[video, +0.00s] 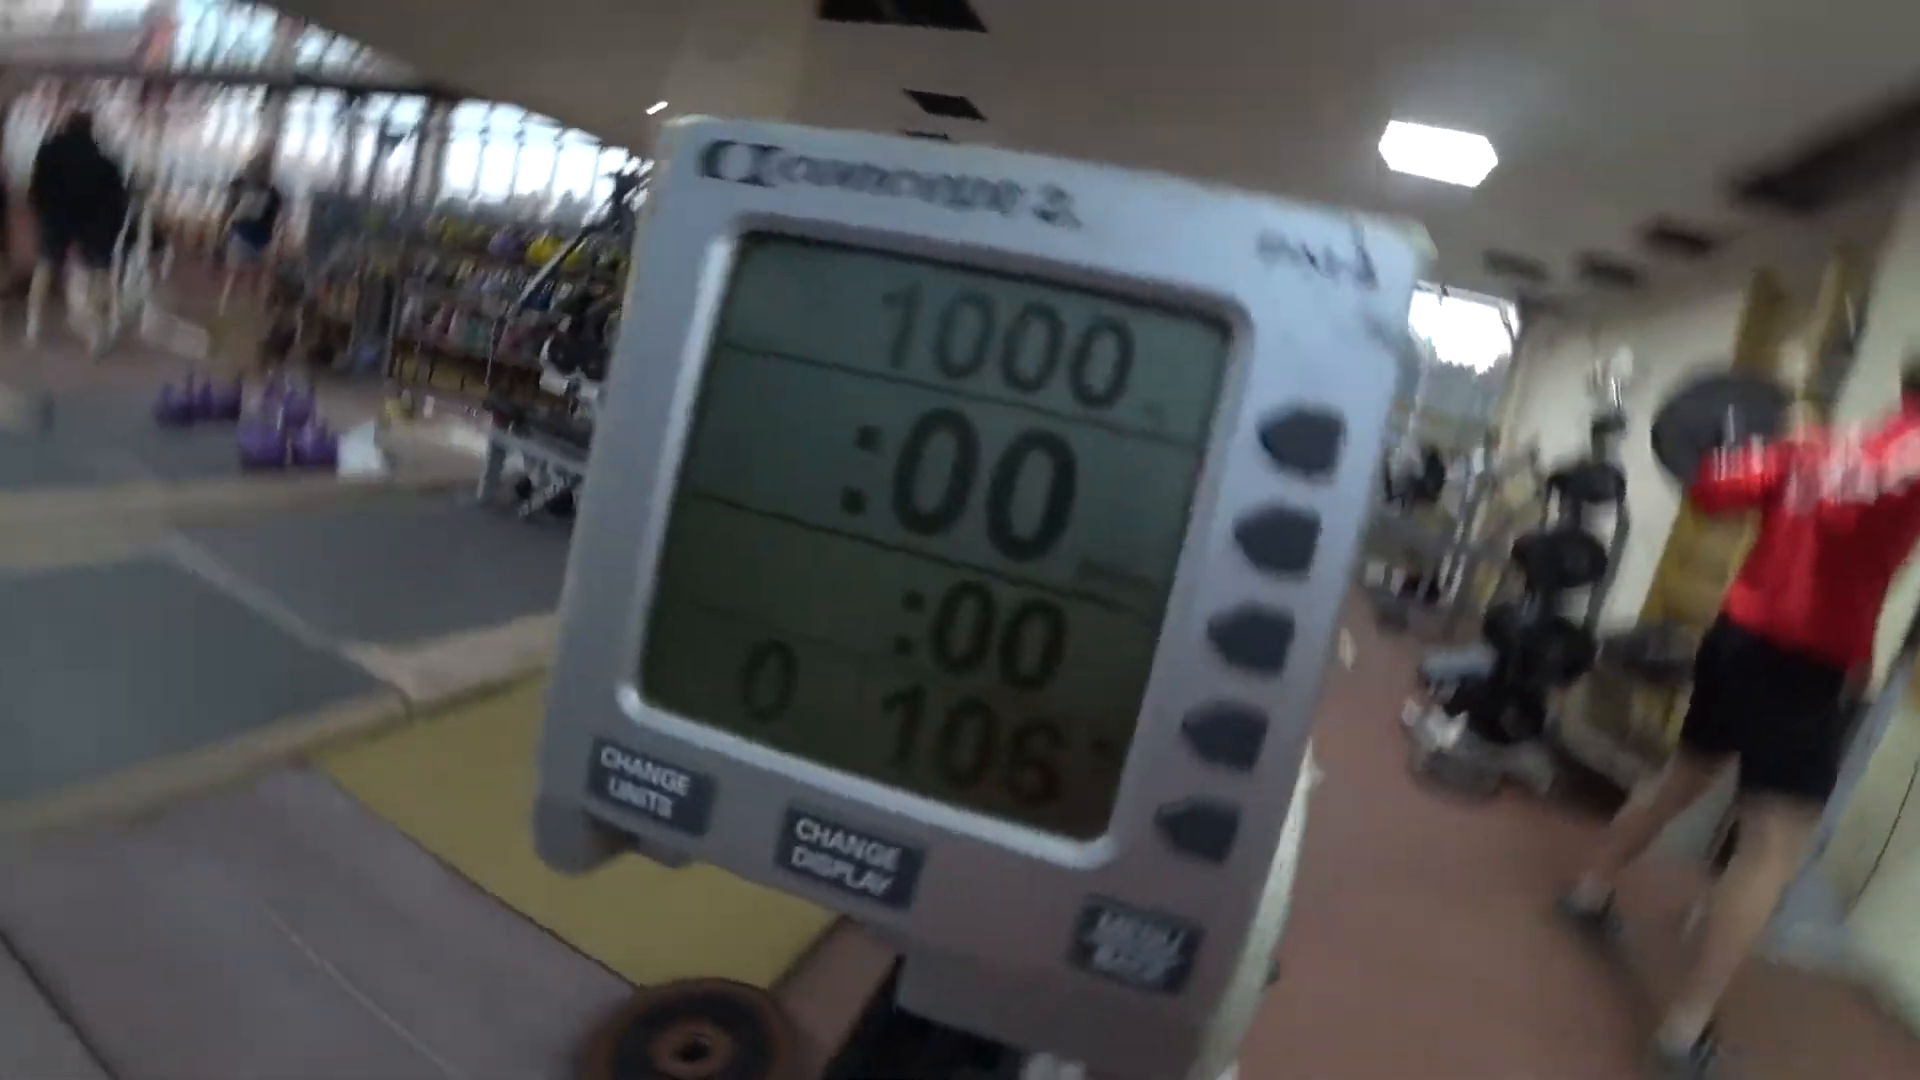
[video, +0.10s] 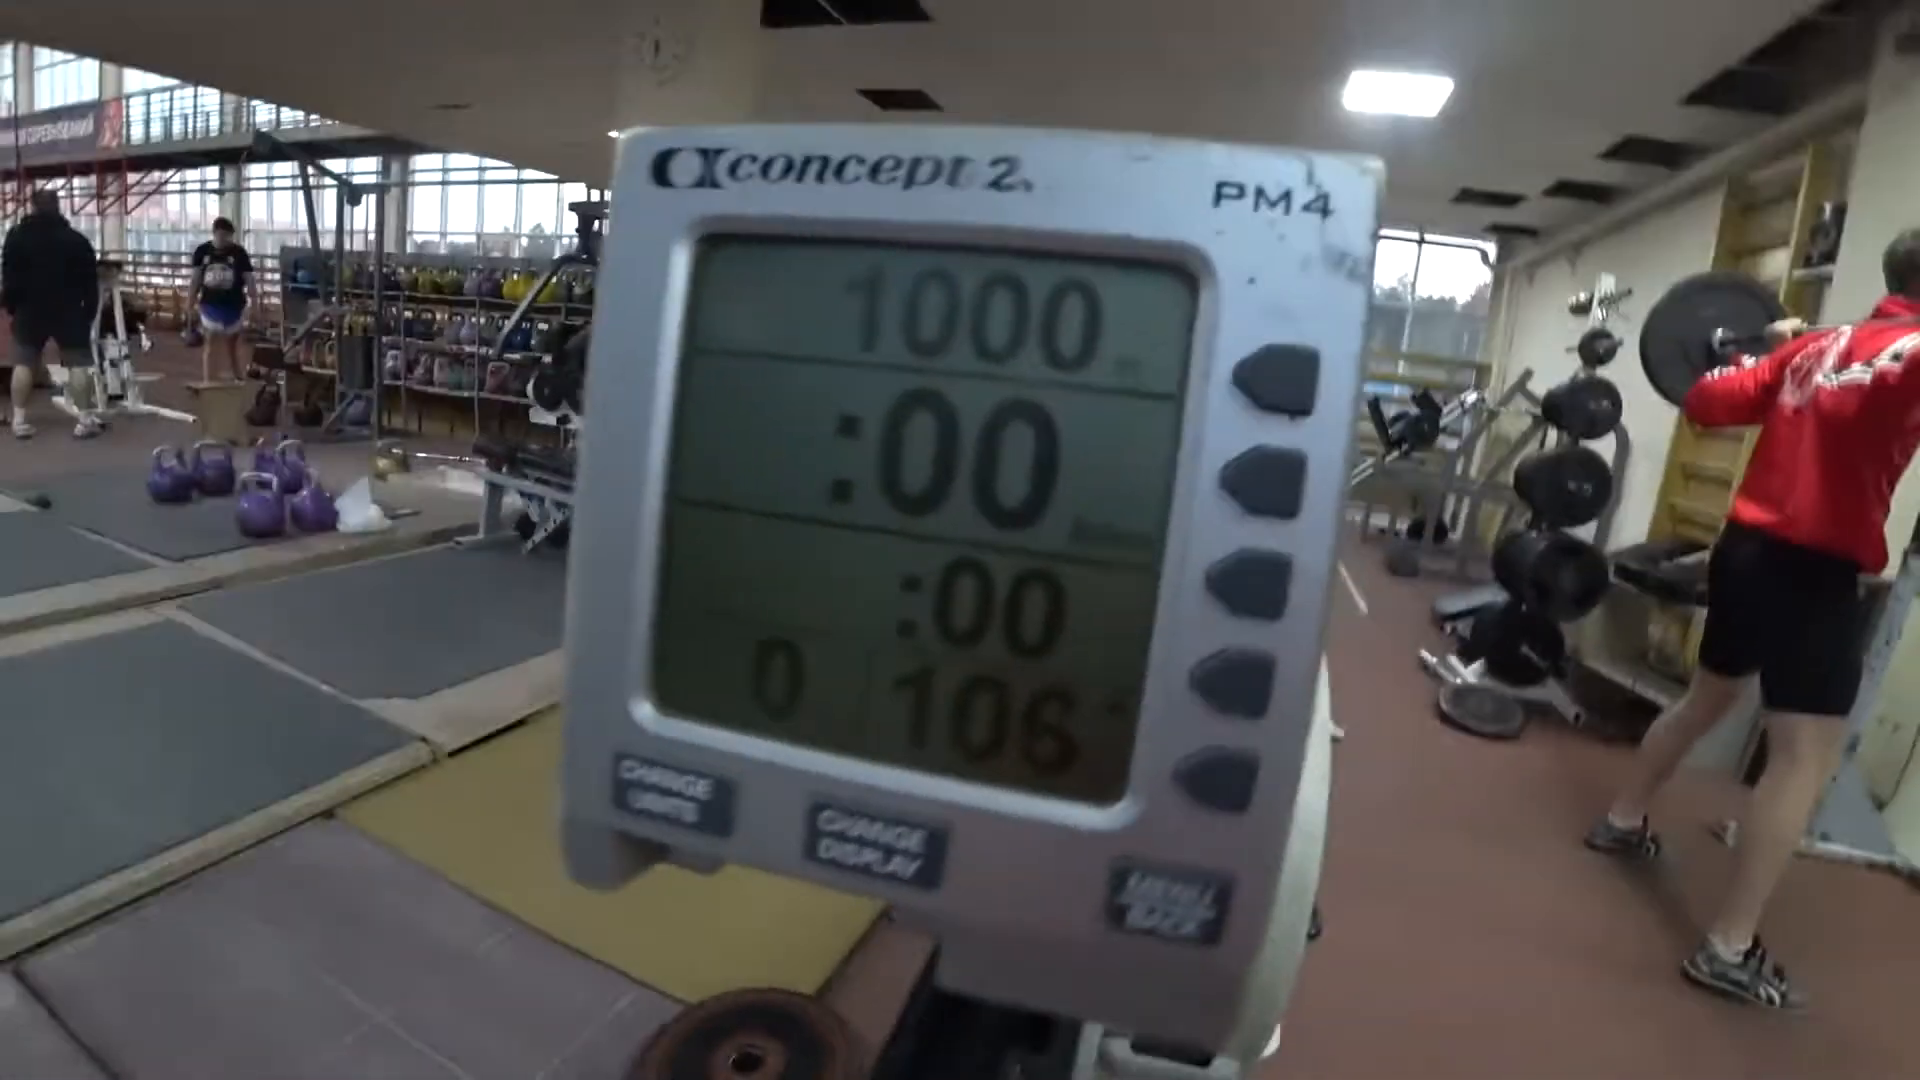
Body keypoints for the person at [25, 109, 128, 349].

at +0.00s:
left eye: (75, 126)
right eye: (82, 127)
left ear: (64, 128)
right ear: (91, 131)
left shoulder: (49, 153)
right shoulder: (103, 162)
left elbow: (36, 190)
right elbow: (115, 199)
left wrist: (41, 210)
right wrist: (110, 226)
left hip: (56, 220)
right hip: (93, 223)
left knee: (45, 269)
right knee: (98, 274)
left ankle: (33, 327)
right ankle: (99, 329)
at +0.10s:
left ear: (33, 208)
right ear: (58, 208)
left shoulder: (17, 236)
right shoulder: (77, 240)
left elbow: (10, 277)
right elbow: (90, 284)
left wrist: (11, 307)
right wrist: (88, 315)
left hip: (31, 310)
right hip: (68, 310)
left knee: (24, 362)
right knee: (77, 364)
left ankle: (19, 420)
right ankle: (85, 419)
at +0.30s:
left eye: (4, 298)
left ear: (1, 300)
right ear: (24, 297)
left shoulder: (3, 329)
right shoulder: (47, 328)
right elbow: (66, 372)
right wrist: (67, 403)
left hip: (10, 405)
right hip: (47, 401)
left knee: (9, 455)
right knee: (65, 449)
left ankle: (14, 512)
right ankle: (79, 503)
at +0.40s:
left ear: (0, 301)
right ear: (22, 298)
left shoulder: (3, 329)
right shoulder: (45, 327)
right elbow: (64, 369)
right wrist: (67, 398)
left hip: (9, 404)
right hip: (47, 400)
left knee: (9, 455)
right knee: (63, 450)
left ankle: (14, 512)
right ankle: (78, 504)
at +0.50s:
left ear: (1, 297)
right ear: (23, 294)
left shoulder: (3, 325)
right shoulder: (45, 323)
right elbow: (65, 365)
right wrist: (69, 395)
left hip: (10, 400)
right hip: (48, 395)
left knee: (11, 451)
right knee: (65, 445)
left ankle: (16, 508)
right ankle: (81, 500)